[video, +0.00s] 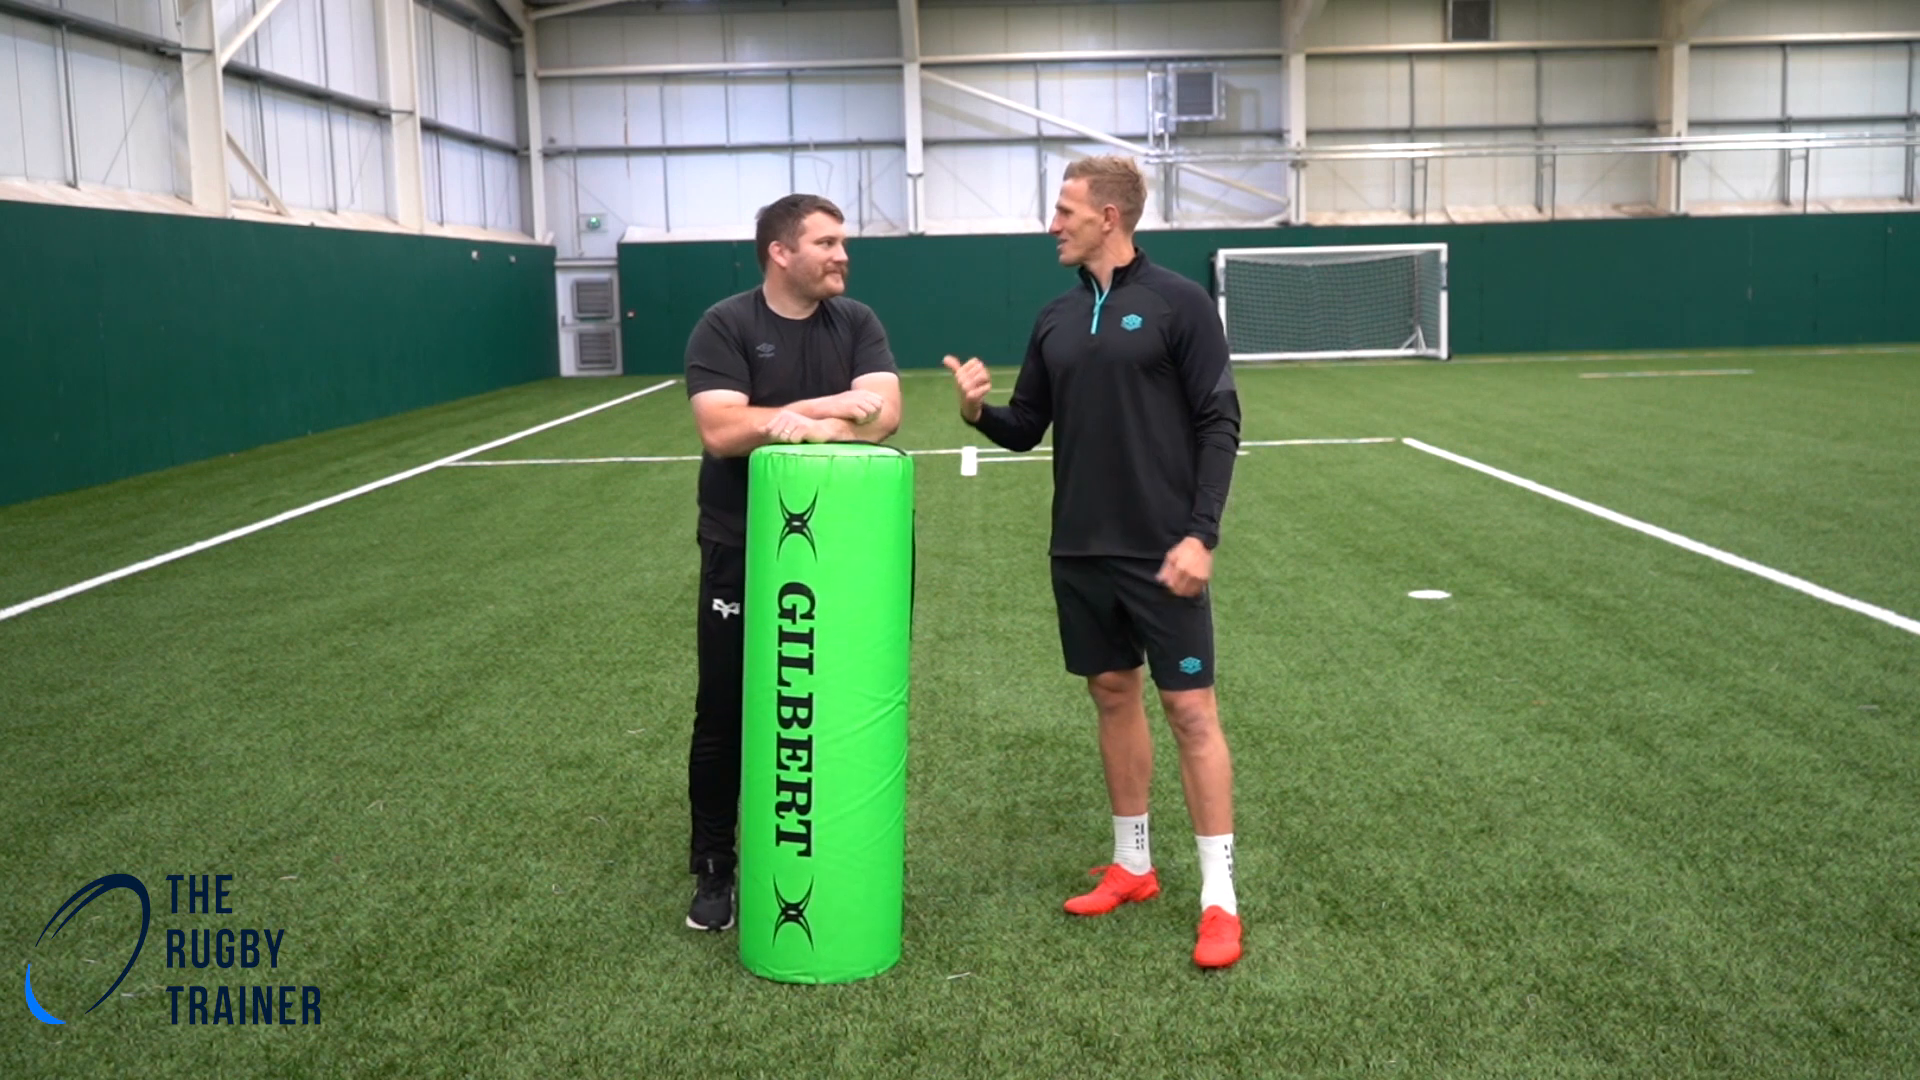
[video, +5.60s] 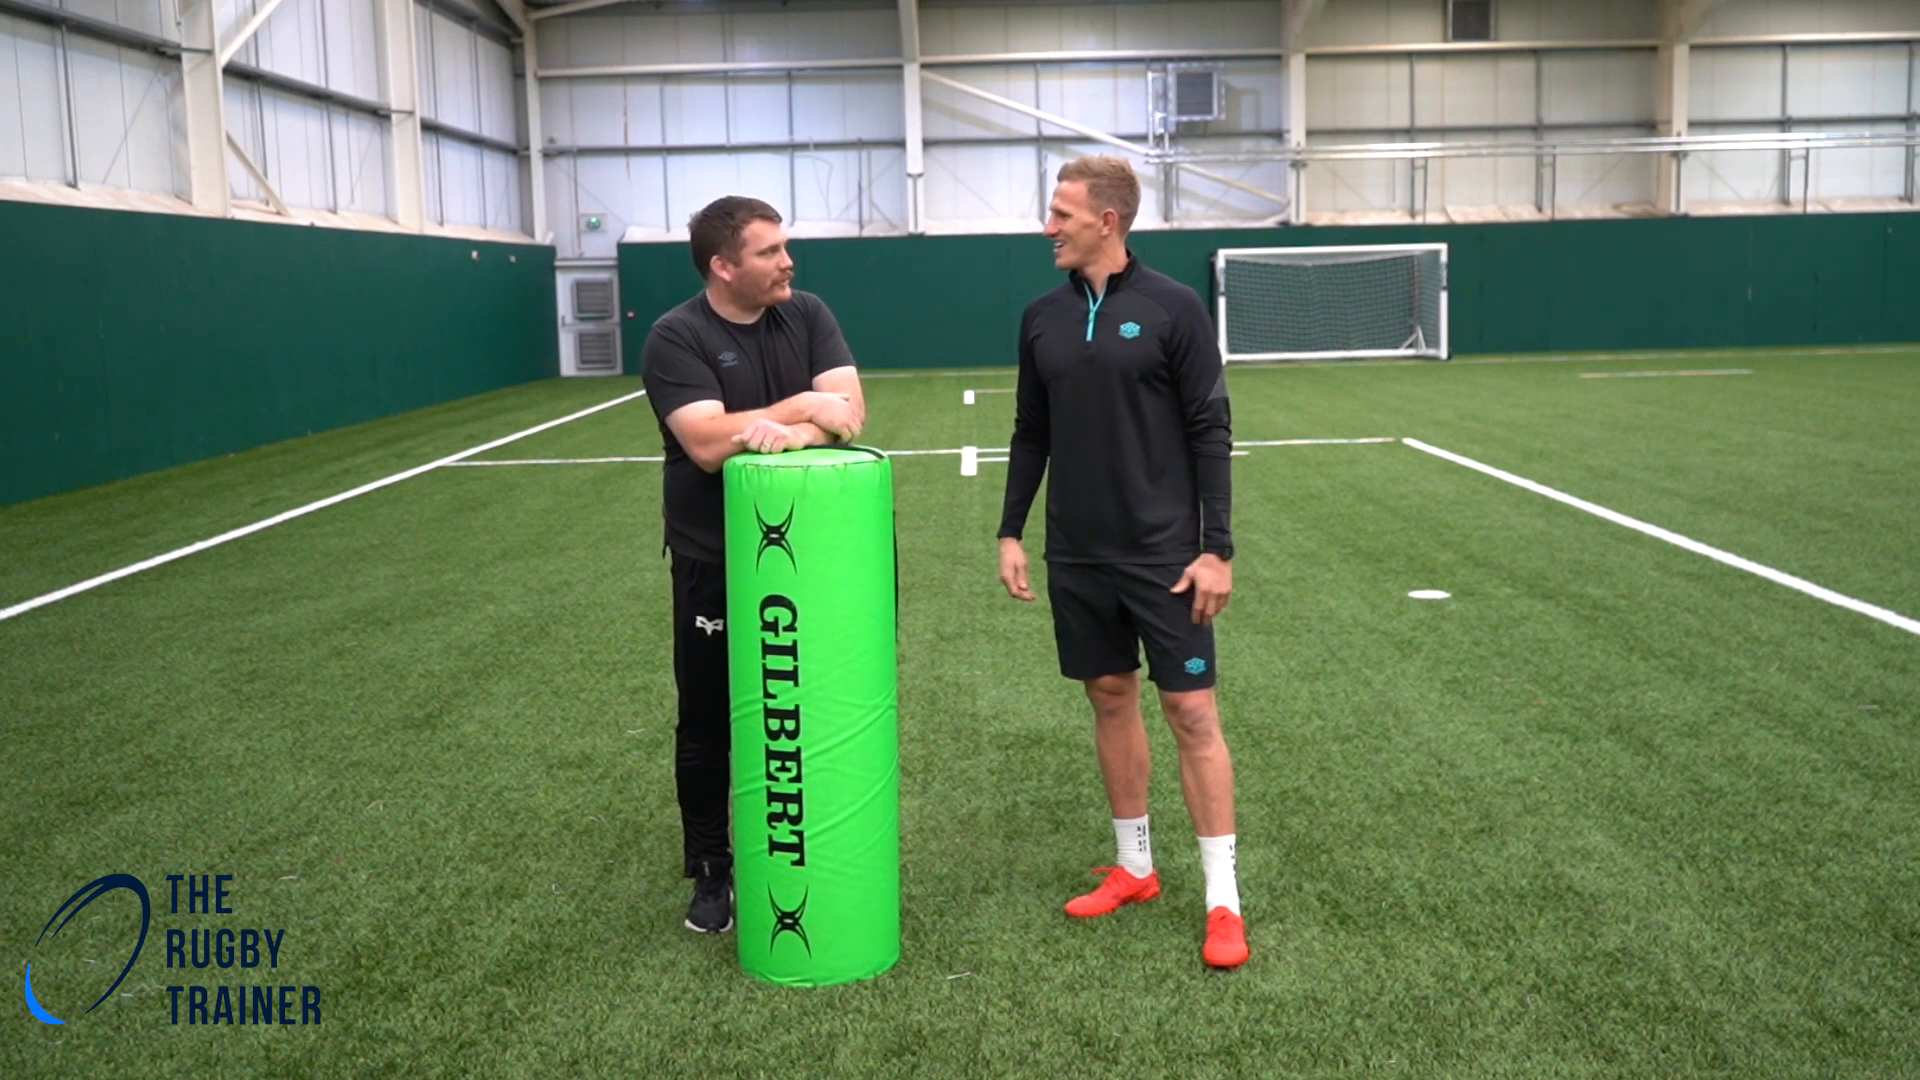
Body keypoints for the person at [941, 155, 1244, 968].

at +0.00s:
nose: (1053, 222)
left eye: (1066, 212)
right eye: (1056, 210)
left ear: (1111, 219)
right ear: (1092, 218)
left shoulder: (1181, 305)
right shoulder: (1056, 319)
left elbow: (1220, 426)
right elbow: (1024, 430)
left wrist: (1201, 534)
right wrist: (981, 407)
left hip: (1164, 547)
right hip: (1082, 547)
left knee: (1190, 709)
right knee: (1112, 694)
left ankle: (1218, 895)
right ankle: (1133, 866)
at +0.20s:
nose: (1050, 227)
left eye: (1063, 215)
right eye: (1053, 213)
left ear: (1111, 223)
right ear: (1095, 223)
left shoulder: (1179, 304)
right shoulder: (1053, 318)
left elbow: (1217, 422)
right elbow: (1022, 435)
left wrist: (1131, 487)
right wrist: (994, 392)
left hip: (1163, 549)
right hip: (1080, 547)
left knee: (1189, 709)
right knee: (1112, 693)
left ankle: (1218, 897)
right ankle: (1133, 866)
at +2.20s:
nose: (1071, 229)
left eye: (1084, 217)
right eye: (1072, 215)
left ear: (1130, 224)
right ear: (1107, 222)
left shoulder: (1191, 306)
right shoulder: (1064, 315)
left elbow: (1205, 422)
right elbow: (1021, 437)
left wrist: (1091, 405)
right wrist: (1024, 403)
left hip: (1171, 544)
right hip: (1089, 543)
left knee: (1197, 706)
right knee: (1112, 695)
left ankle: (1224, 895)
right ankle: (1134, 866)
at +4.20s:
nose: (1054, 227)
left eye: (1068, 216)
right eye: (1055, 214)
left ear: (1115, 225)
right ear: (1078, 221)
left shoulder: (1177, 310)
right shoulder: (1046, 317)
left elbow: (1200, 429)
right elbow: (1018, 418)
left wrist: (1090, 444)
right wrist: (1019, 434)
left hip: (1158, 549)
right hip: (1074, 550)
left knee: (1189, 710)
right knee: (1106, 697)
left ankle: (1223, 897)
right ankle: (1134, 868)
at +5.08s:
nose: (1047, 227)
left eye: (1061, 215)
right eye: (1049, 213)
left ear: (1109, 223)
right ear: (1079, 221)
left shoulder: (1175, 308)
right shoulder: (1044, 320)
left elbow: (1209, 431)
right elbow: (1029, 435)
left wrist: (1169, 534)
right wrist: (1003, 531)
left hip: (1165, 551)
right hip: (1080, 552)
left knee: (1194, 711)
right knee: (1110, 699)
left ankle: (1223, 898)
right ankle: (1133, 869)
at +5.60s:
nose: (1048, 227)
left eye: (1061, 216)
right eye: (1049, 213)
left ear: (1110, 224)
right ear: (1076, 221)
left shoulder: (1175, 308)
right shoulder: (1043, 317)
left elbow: (1212, 432)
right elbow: (1031, 431)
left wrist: (1216, 548)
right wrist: (1011, 530)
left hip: (1167, 551)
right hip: (1079, 552)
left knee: (1193, 712)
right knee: (1109, 699)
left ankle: (1223, 897)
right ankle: (1134, 869)